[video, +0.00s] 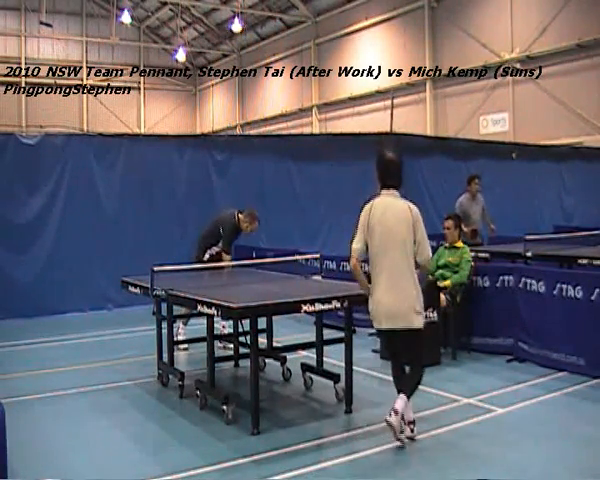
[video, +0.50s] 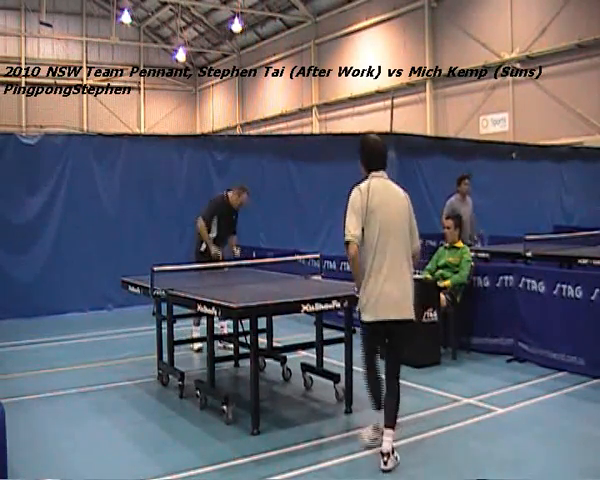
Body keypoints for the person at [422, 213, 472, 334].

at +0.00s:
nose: (445, 232)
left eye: (448, 228)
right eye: (444, 229)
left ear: (458, 230)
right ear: (442, 229)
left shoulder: (464, 251)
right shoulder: (441, 249)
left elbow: (463, 275)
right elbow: (431, 267)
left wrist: (447, 283)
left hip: (453, 284)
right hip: (437, 282)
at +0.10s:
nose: (445, 232)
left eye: (449, 229)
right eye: (444, 229)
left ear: (458, 230)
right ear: (444, 229)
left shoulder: (464, 251)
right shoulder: (442, 249)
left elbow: (464, 274)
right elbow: (431, 265)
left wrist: (448, 283)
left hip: (454, 284)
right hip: (437, 282)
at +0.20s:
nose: (445, 232)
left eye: (448, 229)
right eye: (444, 229)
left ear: (458, 230)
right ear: (443, 230)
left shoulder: (464, 251)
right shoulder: (441, 249)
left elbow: (463, 275)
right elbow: (432, 265)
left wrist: (446, 283)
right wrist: (429, 274)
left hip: (454, 284)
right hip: (437, 282)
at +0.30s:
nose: (445, 232)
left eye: (449, 229)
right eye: (445, 229)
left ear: (458, 230)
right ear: (444, 230)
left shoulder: (464, 251)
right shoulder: (442, 249)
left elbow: (463, 275)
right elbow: (430, 267)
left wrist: (446, 283)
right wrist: (426, 277)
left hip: (452, 286)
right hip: (435, 283)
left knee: (437, 301)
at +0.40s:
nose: (445, 232)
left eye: (449, 229)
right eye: (444, 228)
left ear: (458, 230)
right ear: (443, 229)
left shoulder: (464, 251)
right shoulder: (442, 249)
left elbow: (463, 276)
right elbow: (429, 268)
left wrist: (446, 283)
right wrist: (428, 277)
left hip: (452, 285)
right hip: (435, 283)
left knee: (440, 300)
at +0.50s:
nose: (445, 232)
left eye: (448, 228)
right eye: (444, 228)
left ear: (457, 230)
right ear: (443, 229)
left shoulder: (464, 251)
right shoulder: (442, 249)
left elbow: (463, 276)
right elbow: (430, 267)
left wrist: (446, 283)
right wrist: (427, 277)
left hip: (452, 286)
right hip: (435, 283)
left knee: (438, 302)